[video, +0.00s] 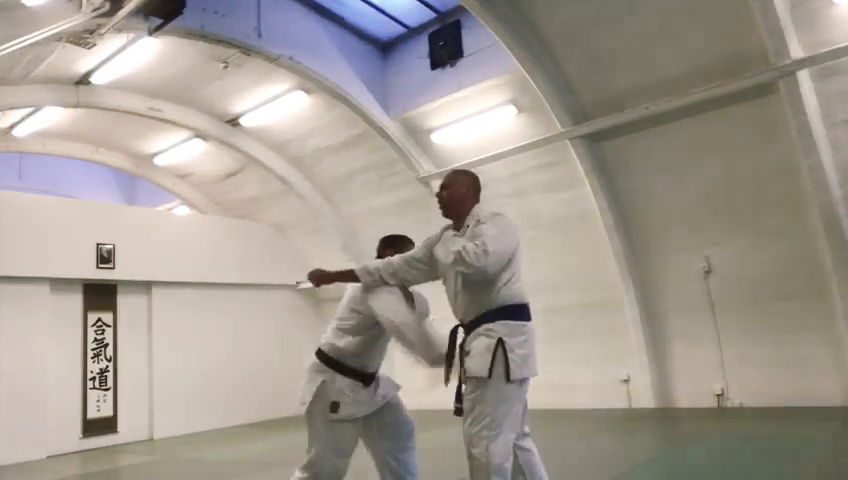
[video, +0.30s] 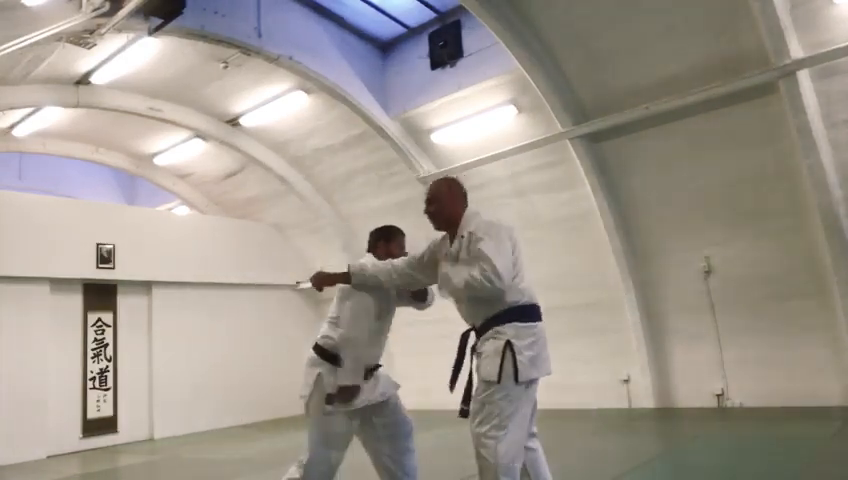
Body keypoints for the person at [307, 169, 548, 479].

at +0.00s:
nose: (438, 195)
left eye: (445, 189)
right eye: (439, 190)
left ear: (469, 192)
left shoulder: (497, 225)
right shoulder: (443, 239)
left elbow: (483, 260)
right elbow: (400, 267)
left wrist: (444, 245)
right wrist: (335, 276)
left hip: (503, 337)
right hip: (480, 338)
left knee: (484, 438)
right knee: (514, 436)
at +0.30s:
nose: (426, 210)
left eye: (432, 202)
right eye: (426, 203)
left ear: (456, 200)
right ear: (443, 204)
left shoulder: (489, 231)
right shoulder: (442, 247)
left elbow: (493, 281)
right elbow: (402, 271)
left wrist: (442, 276)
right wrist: (340, 277)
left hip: (512, 339)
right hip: (495, 341)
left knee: (490, 435)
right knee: (520, 437)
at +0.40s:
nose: (416, 227)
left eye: (420, 218)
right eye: (415, 221)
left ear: (442, 212)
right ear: (438, 214)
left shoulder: (477, 238)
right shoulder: (440, 257)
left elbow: (496, 295)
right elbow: (403, 285)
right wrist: (346, 286)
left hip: (516, 340)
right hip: (501, 342)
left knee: (488, 435)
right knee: (520, 441)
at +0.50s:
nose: (408, 252)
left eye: (409, 243)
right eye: (405, 245)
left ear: (428, 231)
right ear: (431, 231)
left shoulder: (472, 249)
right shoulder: (436, 266)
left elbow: (497, 314)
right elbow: (423, 310)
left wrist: (475, 355)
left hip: (522, 340)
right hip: (505, 341)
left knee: (487, 434)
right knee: (518, 440)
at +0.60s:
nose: (404, 277)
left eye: (403, 268)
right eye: (399, 271)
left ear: (416, 252)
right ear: (418, 249)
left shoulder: (464, 259)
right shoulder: (437, 273)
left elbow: (502, 320)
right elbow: (444, 324)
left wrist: (481, 354)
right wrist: (427, 353)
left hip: (524, 342)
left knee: (491, 437)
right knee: (521, 440)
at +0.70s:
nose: (399, 295)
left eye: (397, 287)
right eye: (393, 290)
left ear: (409, 270)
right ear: (410, 266)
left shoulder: (456, 270)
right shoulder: (436, 285)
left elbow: (505, 325)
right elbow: (462, 337)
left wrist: (480, 361)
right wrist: (476, 368)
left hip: (526, 342)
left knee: (496, 438)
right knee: (521, 437)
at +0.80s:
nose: (396, 309)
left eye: (394, 302)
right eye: (390, 305)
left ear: (404, 286)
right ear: (406, 281)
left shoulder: (450, 282)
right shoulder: (429, 290)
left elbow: (507, 328)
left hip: (527, 343)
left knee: (499, 441)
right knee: (522, 440)